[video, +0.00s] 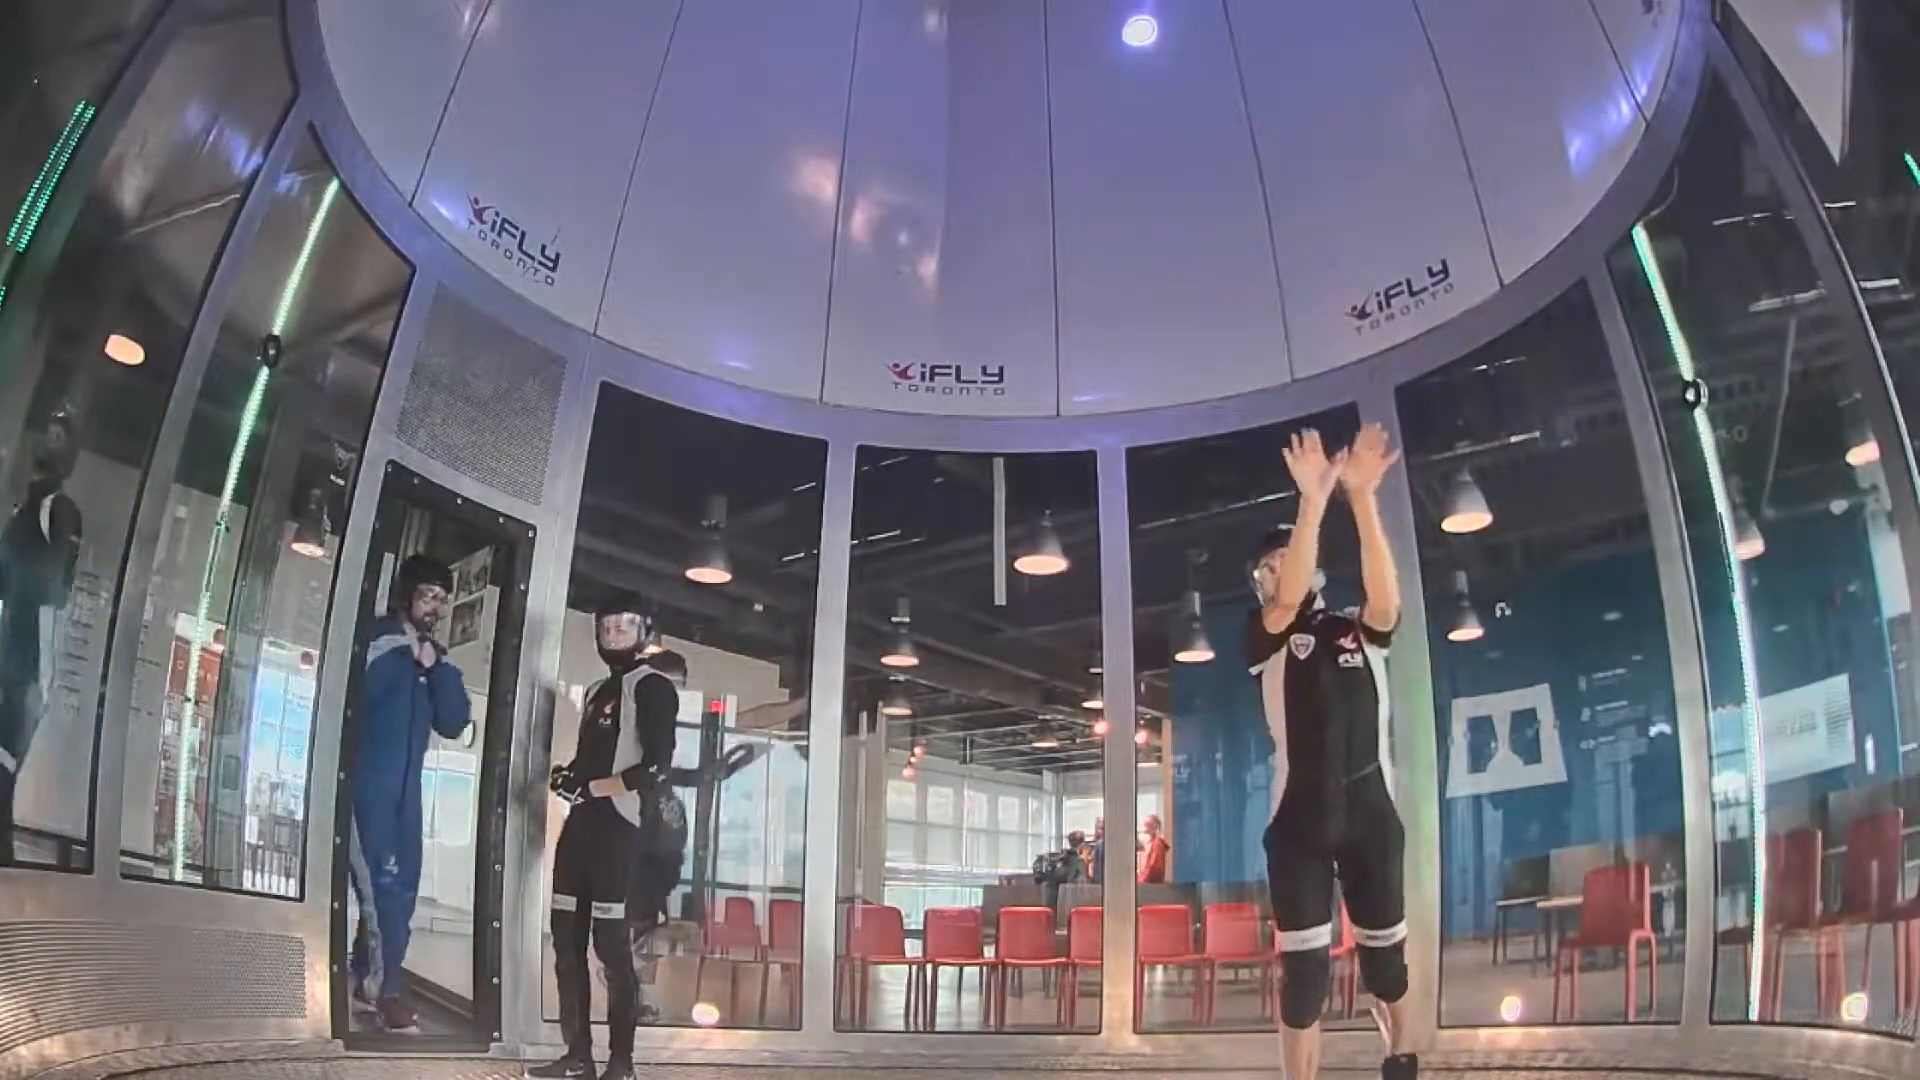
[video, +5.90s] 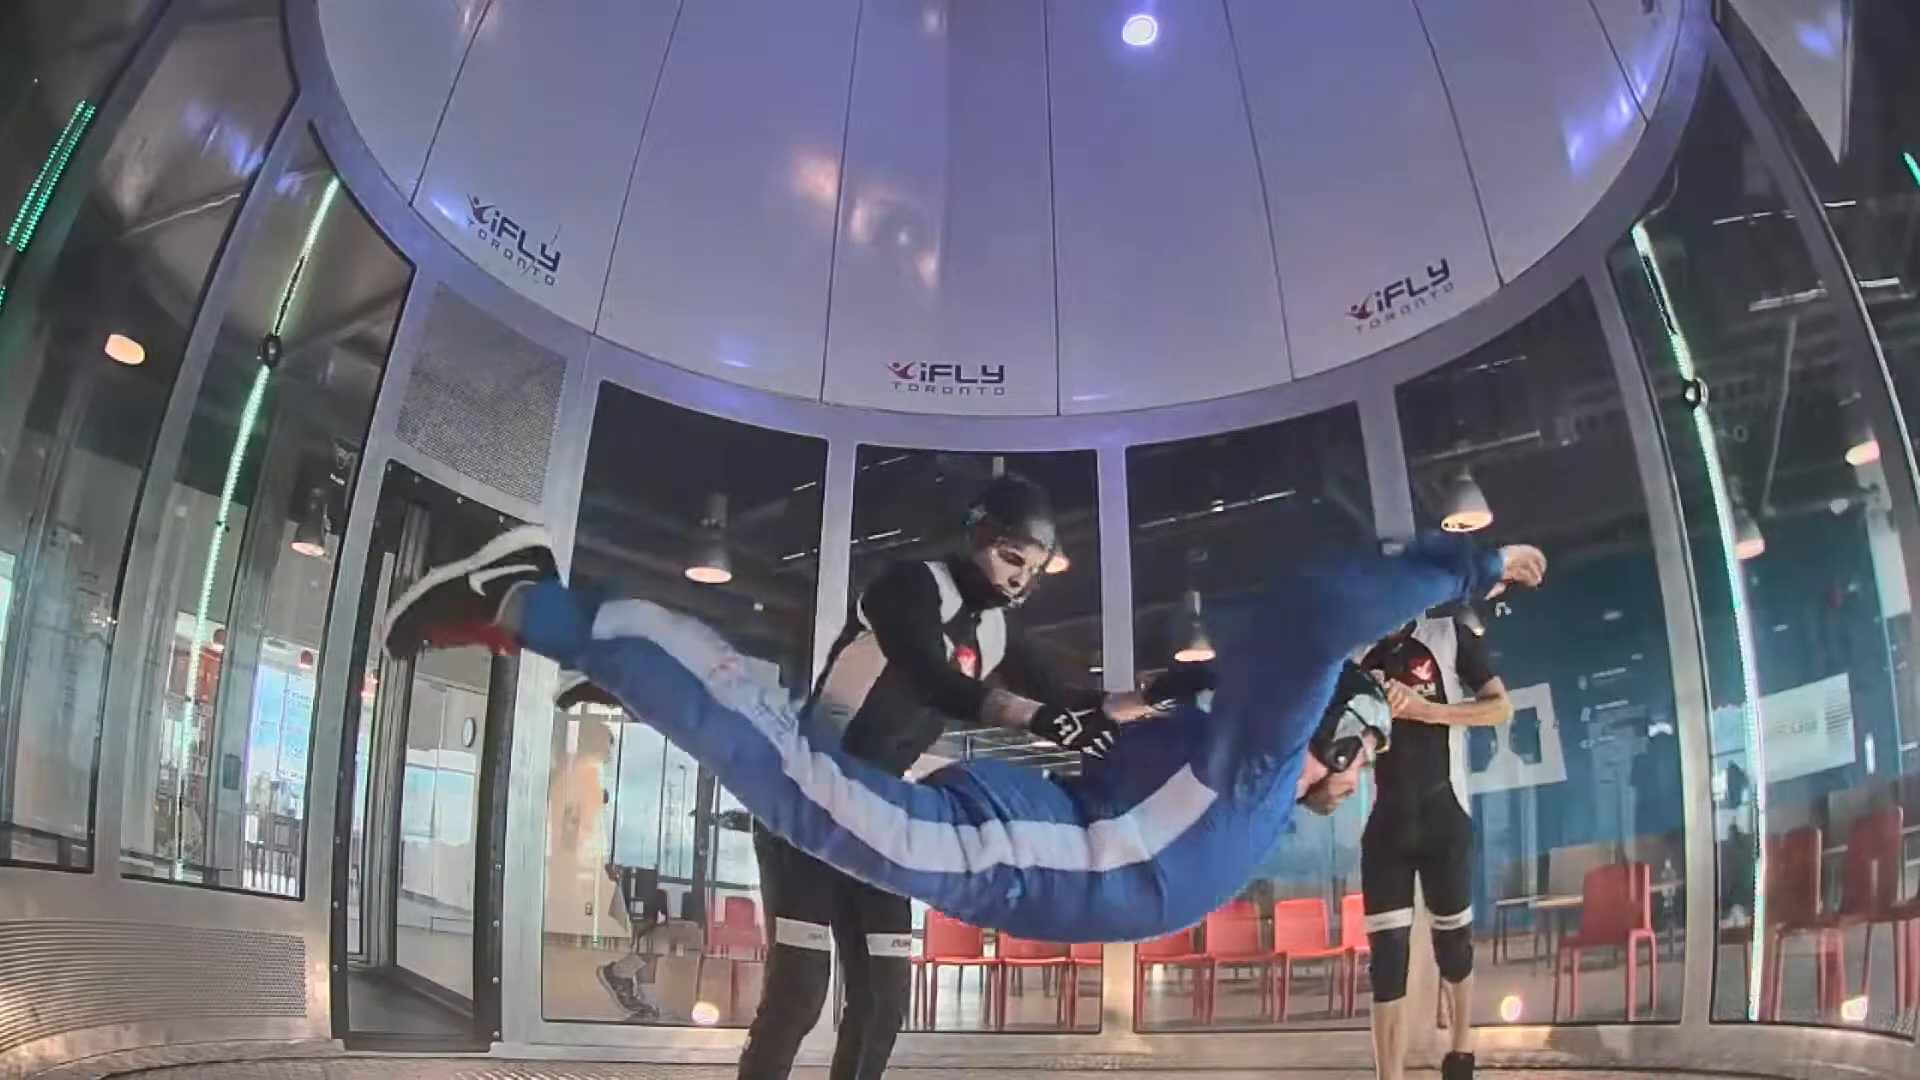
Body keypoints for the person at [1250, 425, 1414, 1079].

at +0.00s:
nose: (1279, 571)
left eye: (1286, 560)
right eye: (1268, 566)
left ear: (1308, 569)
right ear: (1258, 587)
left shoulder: (1360, 631)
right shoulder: (1264, 641)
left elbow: (1385, 595)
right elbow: (1291, 592)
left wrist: (1361, 495)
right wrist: (1314, 495)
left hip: (1372, 820)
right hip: (1300, 827)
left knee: (1386, 970)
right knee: (1305, 979)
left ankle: (1400, 1058)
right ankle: (1299, 1076)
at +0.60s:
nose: (1343, 553)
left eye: (1353, 540)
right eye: (1332, 544)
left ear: (1376, 545)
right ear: (1322, 557)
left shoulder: (1421, 607)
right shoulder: (1326, 621)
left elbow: (1464, 656)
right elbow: (1291, 677)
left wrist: (1398, 576)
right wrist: (1318, 584)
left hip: (1412, 808)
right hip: (1346, 810)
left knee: (1429, 976)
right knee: (1326, 971)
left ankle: (1467, 1070)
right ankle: (1304, 1077)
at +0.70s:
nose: (1341, 571)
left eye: (1350, 558)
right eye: (1334, 562)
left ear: (1384, 556)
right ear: (1332, 567)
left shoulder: (1437, 615)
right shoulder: (1338, 634)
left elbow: (1481, 679)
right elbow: (1304, 711)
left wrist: (1410, 628)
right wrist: (1323, 640)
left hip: (1423, 814)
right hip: (1358, 817)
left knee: (1444, 975)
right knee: (1334, 974)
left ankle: (1483, 1075)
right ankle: (1308, 1079)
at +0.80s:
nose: (1364, 571)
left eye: (1375, 558)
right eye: (1359, 561)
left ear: (1409, 554)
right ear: (1358, 566)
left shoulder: (1462, 615)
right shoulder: (1358, 637)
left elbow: (1504, 705)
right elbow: (1331, 737)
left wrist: (1413, 697)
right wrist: (1362, 718)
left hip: (1457, 810)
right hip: (1393, 812)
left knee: (1465, 967)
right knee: (1357, 961)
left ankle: (1487, 1077)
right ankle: (1316, 1077)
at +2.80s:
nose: (1380, 587)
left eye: (1388, 573)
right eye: (1373, 578)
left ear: (1419, 568)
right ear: (1368, 584)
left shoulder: (1464, 616)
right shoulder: (1381, 647)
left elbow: (1498, 705)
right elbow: (1369, 748)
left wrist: (1412, 705)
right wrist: (1372, 721)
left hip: (1458, 803)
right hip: (1402, 806)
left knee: (1465, 948)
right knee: (1400, 951)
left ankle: (1487, 1075)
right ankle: (1393, 1076)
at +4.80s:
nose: (1355, 579)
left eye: (1366, 567)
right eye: (1345, 571)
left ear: (1391, 572)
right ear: (1336, 582)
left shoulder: (1429, 624)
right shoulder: (1330, 656)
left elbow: (1486, 694)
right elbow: (1322, 759)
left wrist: (1405, 704)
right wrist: (1350, 717)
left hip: (1433, 812)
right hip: (1370, 820)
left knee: (1444, 956)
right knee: (1382, 962)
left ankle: (1481, 1075)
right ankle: (1387, 1077)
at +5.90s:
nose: (1395, 591)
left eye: (1403, 582)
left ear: (1416, 586)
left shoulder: (1449, 629)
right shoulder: (1358, 656)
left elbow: (1500, 707)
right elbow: (1330, 738)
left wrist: (1427, 710)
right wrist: (1371, 712)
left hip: (1444, 820)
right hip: (1386, 823)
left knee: (1454, 951)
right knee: (1387, 961)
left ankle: (1460, 1055)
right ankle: (1387, 1074)